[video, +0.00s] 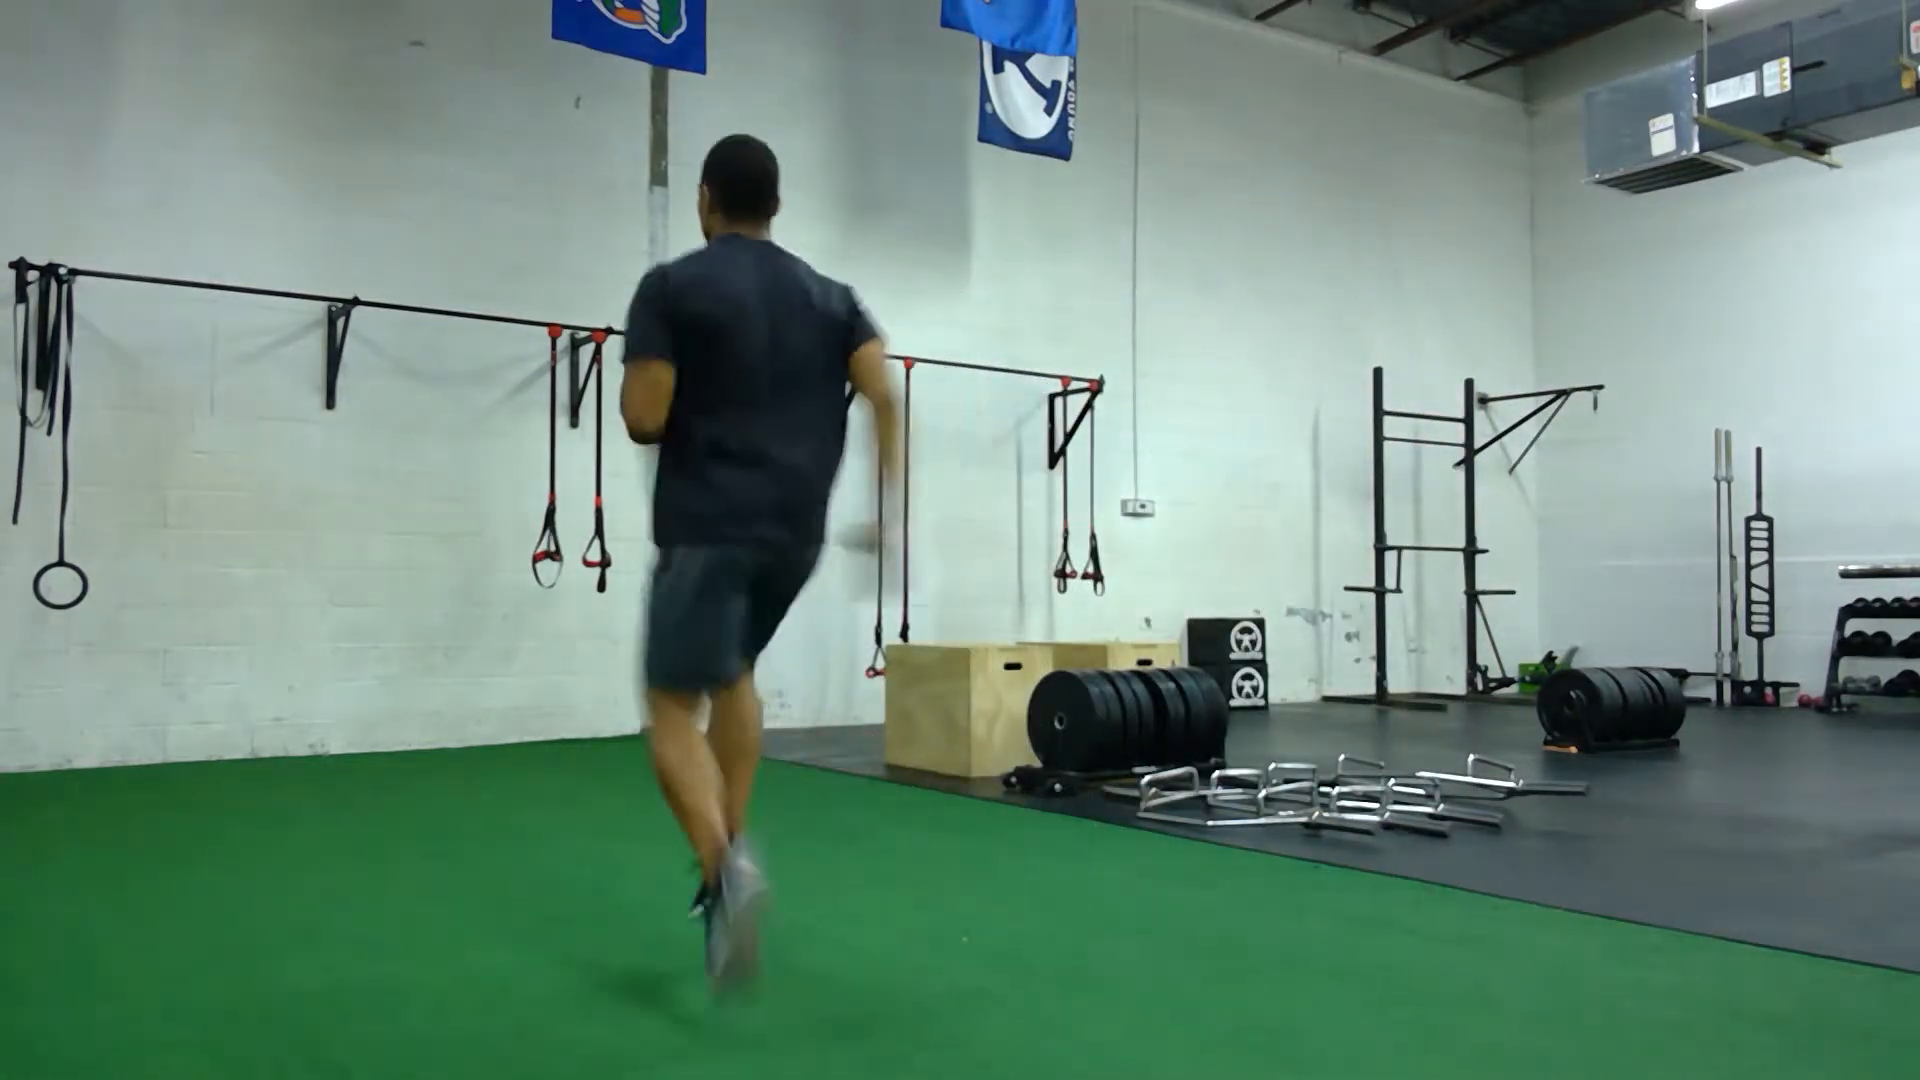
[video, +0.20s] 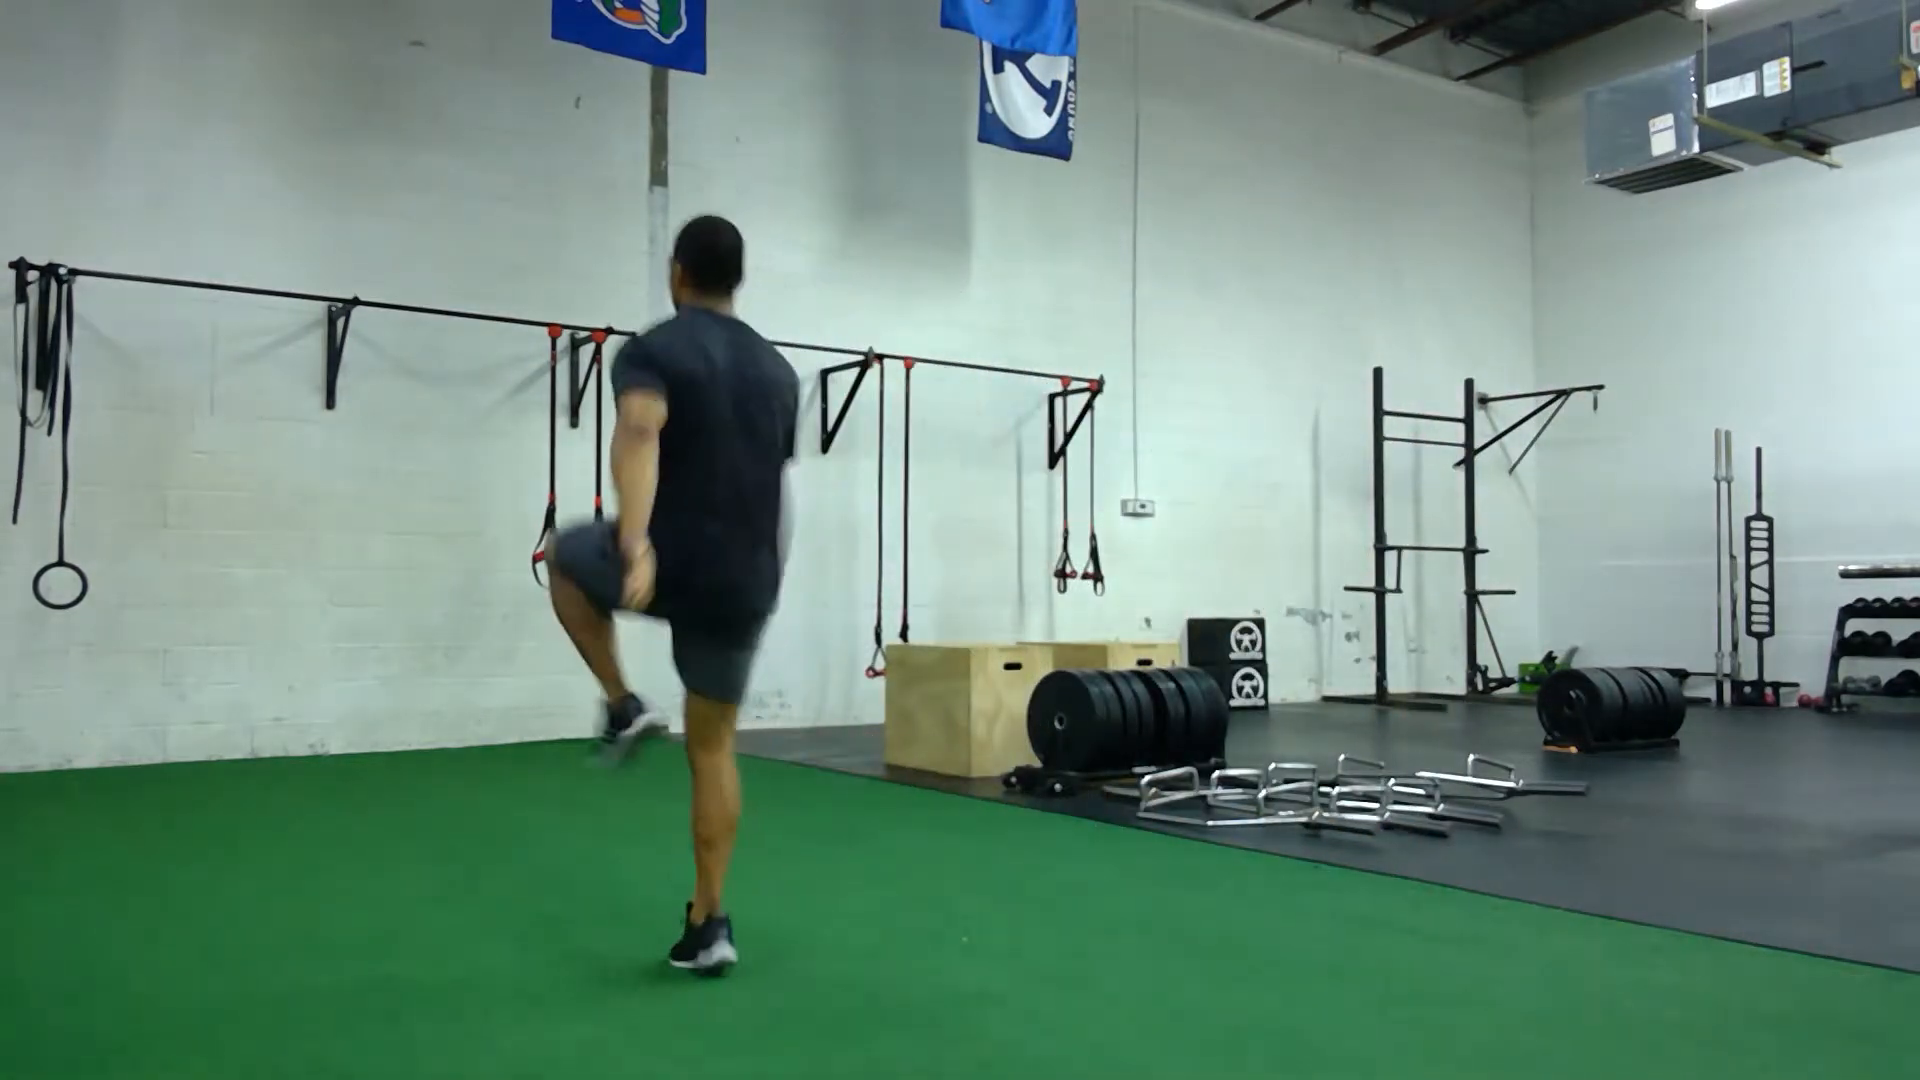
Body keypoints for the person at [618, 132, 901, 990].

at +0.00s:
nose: (703, 204)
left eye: (702, 193)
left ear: (705, 201)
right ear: (777, 208)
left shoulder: (672, 286)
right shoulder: (824, 293)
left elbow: (644, 417)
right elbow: (888, 395)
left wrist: (689, 397)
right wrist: (887, 507)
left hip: (707, 532)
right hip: (794, 535)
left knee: (671, 712)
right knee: (734, 679)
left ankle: (724, 865)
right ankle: (725, 860)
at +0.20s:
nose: (672, 275)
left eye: (673, 265)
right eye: (685, 264)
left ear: (677, 272)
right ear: (739, 279)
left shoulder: (655, 350)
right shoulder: (775, 370)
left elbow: (641, 433)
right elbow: (770, 471)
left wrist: (635, 541)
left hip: (661, 566)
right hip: (744, 583)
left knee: (563, 554)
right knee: (714, 742)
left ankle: (620, 700)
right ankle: (708, 921)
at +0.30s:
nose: (646, 248)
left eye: (646, 236)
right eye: (658, 237)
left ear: (653, 242)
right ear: (713, 248)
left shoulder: (634, 309)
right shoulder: (755, 335)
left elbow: (641, 382)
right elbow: (755, 451)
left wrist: (653, 504)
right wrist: (691, 468)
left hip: (633, 519)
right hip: (715, 537)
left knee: (550, 522)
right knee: (688, 704)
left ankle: (590, 677)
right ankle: (696, 871)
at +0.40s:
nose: (623, 260)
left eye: (623, 248)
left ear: (628, 251)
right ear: (689, 257)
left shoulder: (611, 318)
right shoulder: (730, 342)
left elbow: (622, 397)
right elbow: (735, 458)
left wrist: (651, 507)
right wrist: (669, 426)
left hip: (614, 523)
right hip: (694, 537)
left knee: (538, 506)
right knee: (670, 707)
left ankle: (578, 656)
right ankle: (660, 872)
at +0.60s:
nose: (588, 305)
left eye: (589, 295)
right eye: (598, 296)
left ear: (596, 296)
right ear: (651, 303)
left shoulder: (578, 349)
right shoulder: (688, 380)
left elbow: (572, 416)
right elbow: (687, 479)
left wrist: (579, 516)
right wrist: (640, 522)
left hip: (572, 544)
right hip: (645, 563)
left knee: (511, 533)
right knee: (631, 711)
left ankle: (550, 681)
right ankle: (636, 853)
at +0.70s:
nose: (567, 321)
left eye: (568, 312)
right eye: (581, 314)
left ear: (573, 312)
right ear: (629, 320)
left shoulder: (554, 353)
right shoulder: (663, 395)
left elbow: (550, 401)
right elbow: (657, 485)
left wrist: (562, 477)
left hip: (545, 550)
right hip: (621, 572)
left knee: (506, 564)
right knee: (612, 709)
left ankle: (536, 700)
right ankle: (603, 860)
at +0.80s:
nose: (549, 341)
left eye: (546, 331)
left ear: (548, 334)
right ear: (604, 339)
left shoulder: (527, 383)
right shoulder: (637, 409)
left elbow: (515, 417)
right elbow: (629, 494)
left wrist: (527, 456)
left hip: (532, 572)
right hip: (605, 585)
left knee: (476, 563)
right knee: (595, 728)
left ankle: (505, 704)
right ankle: (593, 878)